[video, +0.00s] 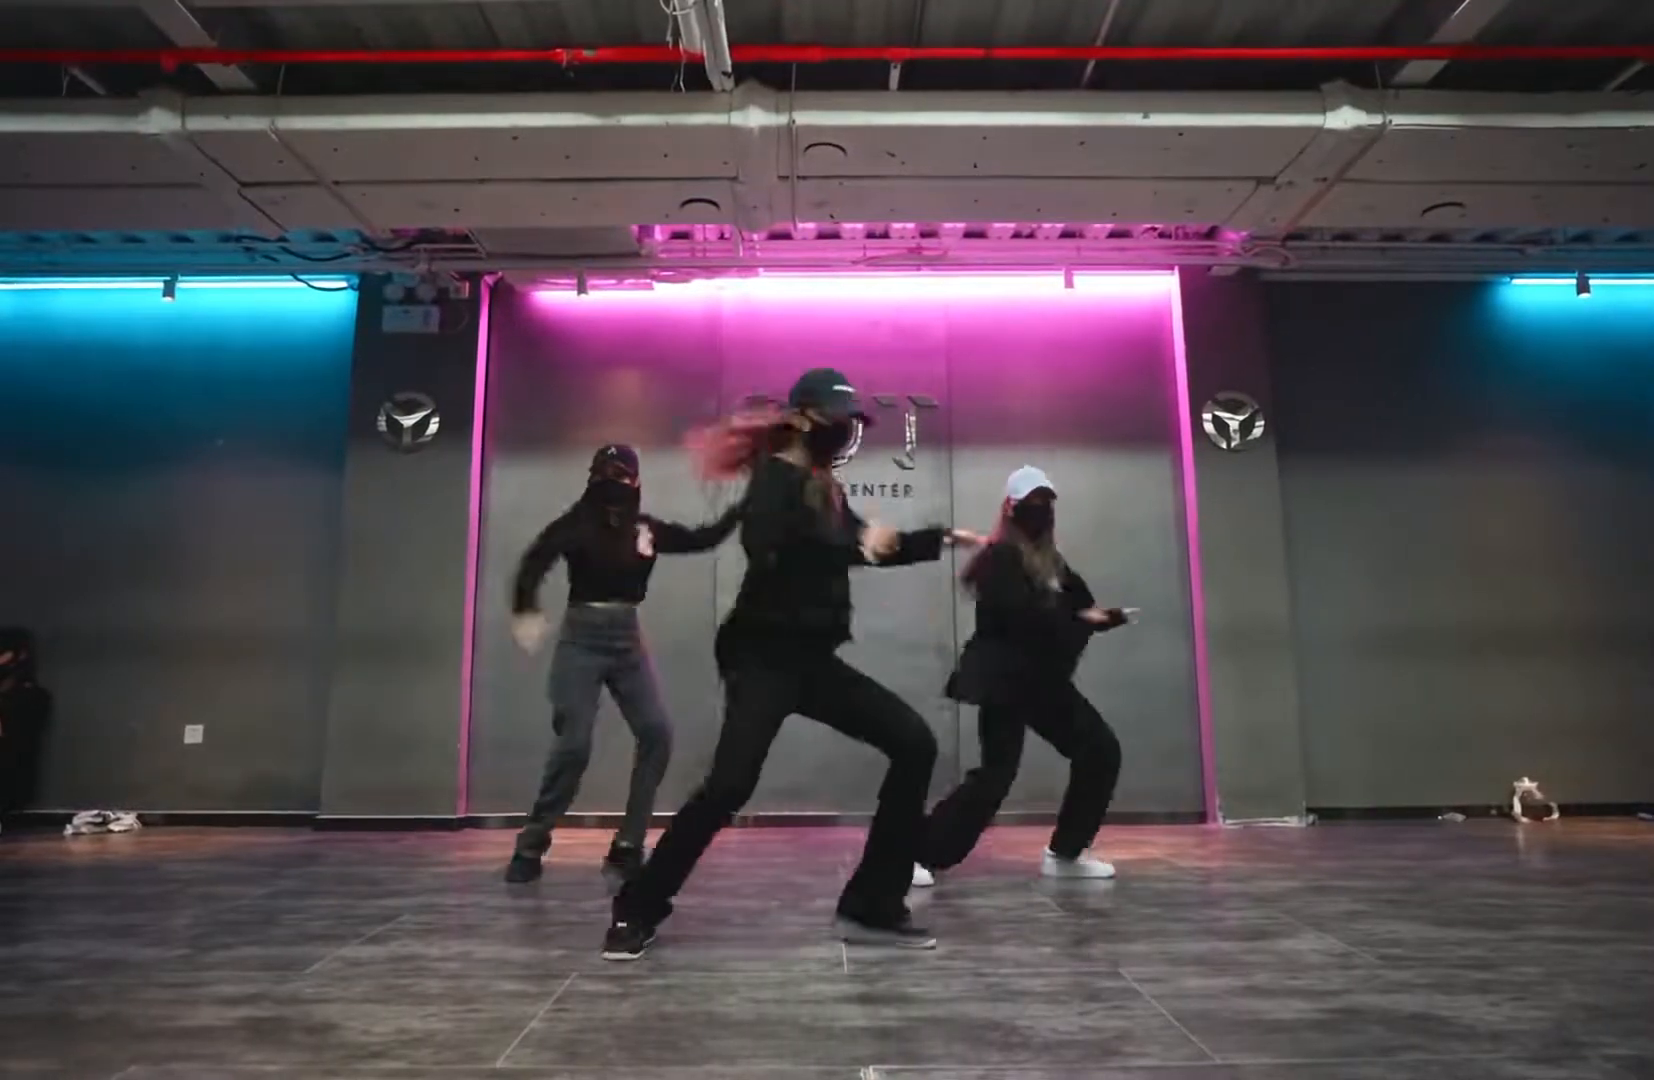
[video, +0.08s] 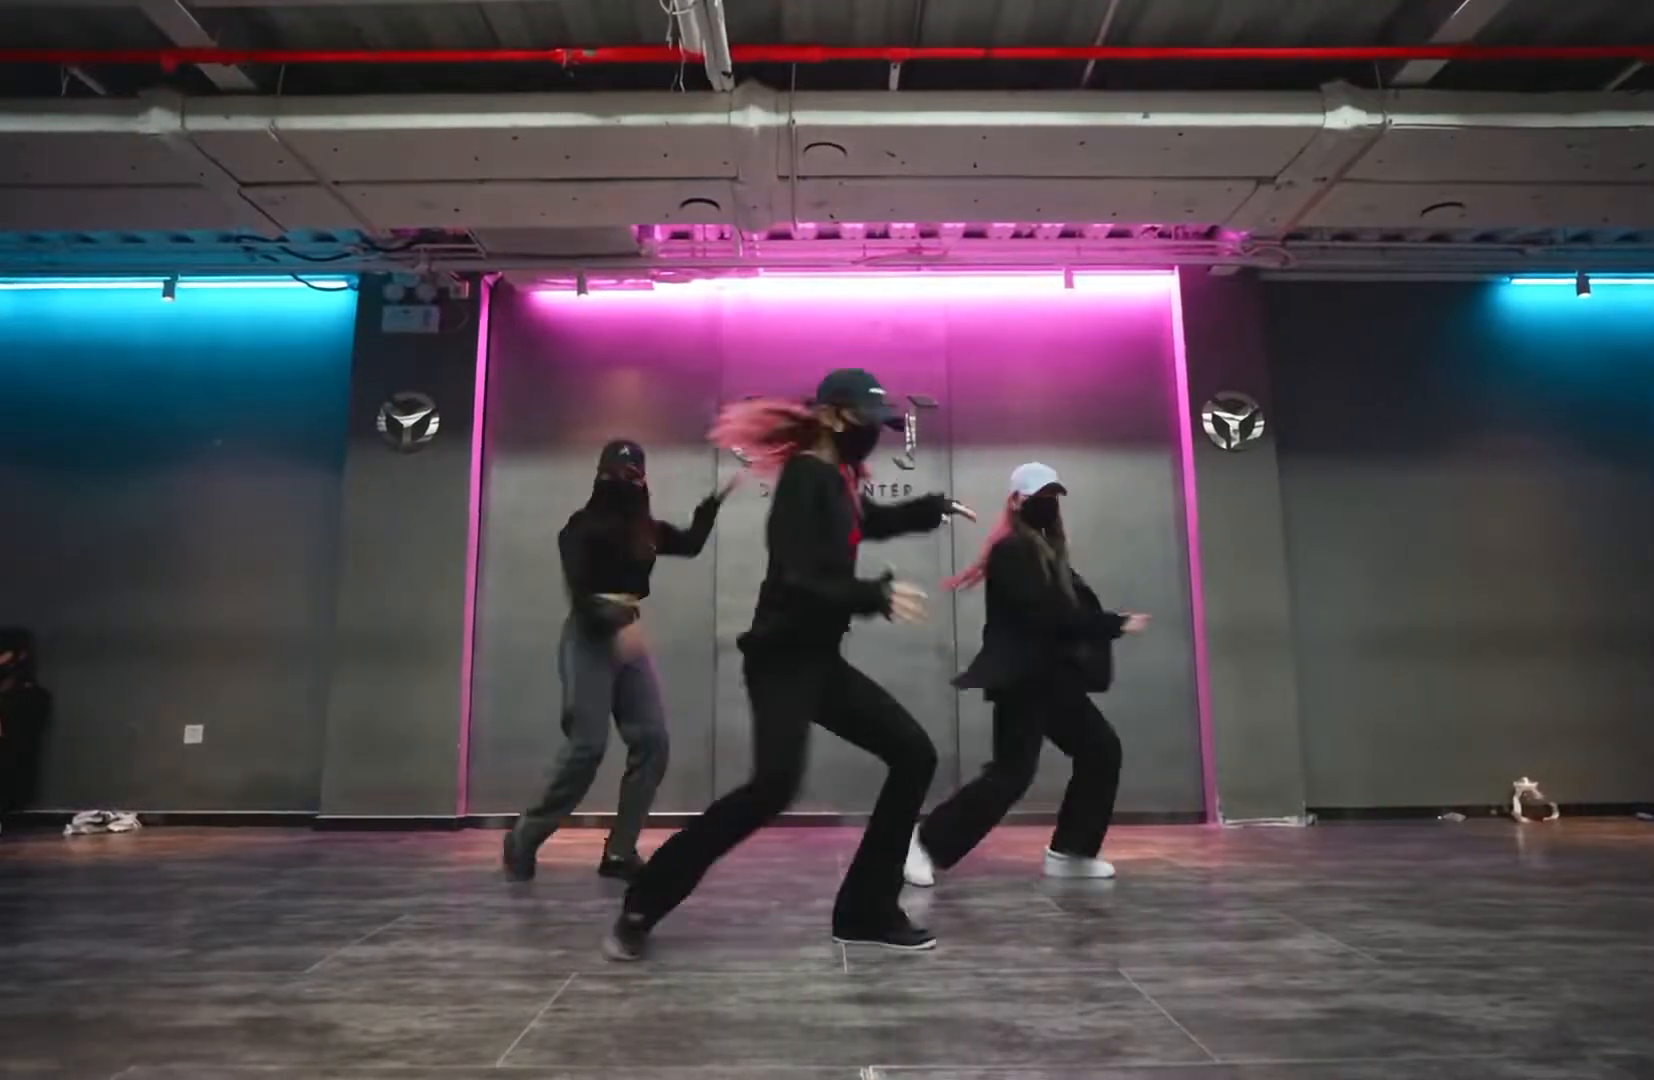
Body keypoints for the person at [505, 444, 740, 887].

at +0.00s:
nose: (616, 488)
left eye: (625, 480)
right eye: (609, 478)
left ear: (636, 485)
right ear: (594, 481)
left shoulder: (645, 530)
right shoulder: (577, 522)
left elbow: (704, 539)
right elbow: (535, 561)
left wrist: (745, 506)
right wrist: (526, 609)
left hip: (626, 646)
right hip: (579, 644)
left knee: (657, 736)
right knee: (573, 745)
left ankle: (628, 847)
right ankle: (530, 849)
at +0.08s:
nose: (623, 481)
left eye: (631, 475)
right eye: (616, 473)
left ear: (641, 480)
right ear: (602, 475)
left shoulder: (642, 526)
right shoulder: (581, 527)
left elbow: (689, 543)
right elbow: (581, 600)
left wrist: (712, 503)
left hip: (624, 637)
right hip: (587, 638)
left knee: (651, 744)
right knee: (587, 746)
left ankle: (620, 852)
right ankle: (523, 840)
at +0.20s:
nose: (633, 481)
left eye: (636, 474)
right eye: (625, 473)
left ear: (636, 475)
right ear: (604, 471)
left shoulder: (628, 507)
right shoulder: (590, 510)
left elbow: (660, 520)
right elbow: (627, 568)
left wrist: (682, 482)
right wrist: (673, 605)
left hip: (630, 629)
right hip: (597, 627)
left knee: (657, 750)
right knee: (636, 716)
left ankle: (620, 851)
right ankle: (560, 783)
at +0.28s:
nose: (636, 470)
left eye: (635, 462)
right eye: (627, 463)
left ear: (614, 468)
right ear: (608, 466)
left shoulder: (632, 516)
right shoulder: (595, 503)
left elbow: (643, 586)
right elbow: (644, 478)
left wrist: (654, 623)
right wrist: (645, 435)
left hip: (628, 628)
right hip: (600, 624)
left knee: (656, 746)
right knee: (654, 704)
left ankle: (621, 851)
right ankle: (615, 823)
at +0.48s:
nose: (622, 467)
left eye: (623, 459)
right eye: (611, 459)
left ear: (621, 464)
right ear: (591, 466)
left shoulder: (638, 516)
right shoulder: (580, 506)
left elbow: (652, 578)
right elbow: (622, 476)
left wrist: (660, 622)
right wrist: (643, 427)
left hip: (642, 621)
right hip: (603, 618)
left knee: (655, 743)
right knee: (640, 738)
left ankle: (618, 851)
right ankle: (667, 851)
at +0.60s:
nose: (604, 460)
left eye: (611, 452)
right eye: (594, 453)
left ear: (624, 458)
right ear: (581, 461)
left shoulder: (643, 510)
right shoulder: (575, 507)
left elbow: (660, 572)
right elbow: (593, 544)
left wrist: (655, 623)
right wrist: (602, 491)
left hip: (638, 628)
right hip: (591, 626)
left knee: (649, 742)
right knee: (614, 719)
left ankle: (619, 849)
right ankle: (591, 827)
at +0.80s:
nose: (599, 487)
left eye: (607, 478)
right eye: (591, 477)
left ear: (622, 477)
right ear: (579, 475)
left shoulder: (642, 529)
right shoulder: (563, 519)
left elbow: (657, 595)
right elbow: (511, 547)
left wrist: (657, 652)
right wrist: (502, 495)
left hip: (625, 647)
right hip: (574, 645)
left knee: (675, 732)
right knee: (548, 757)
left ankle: (638, 836)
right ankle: (498, 846)